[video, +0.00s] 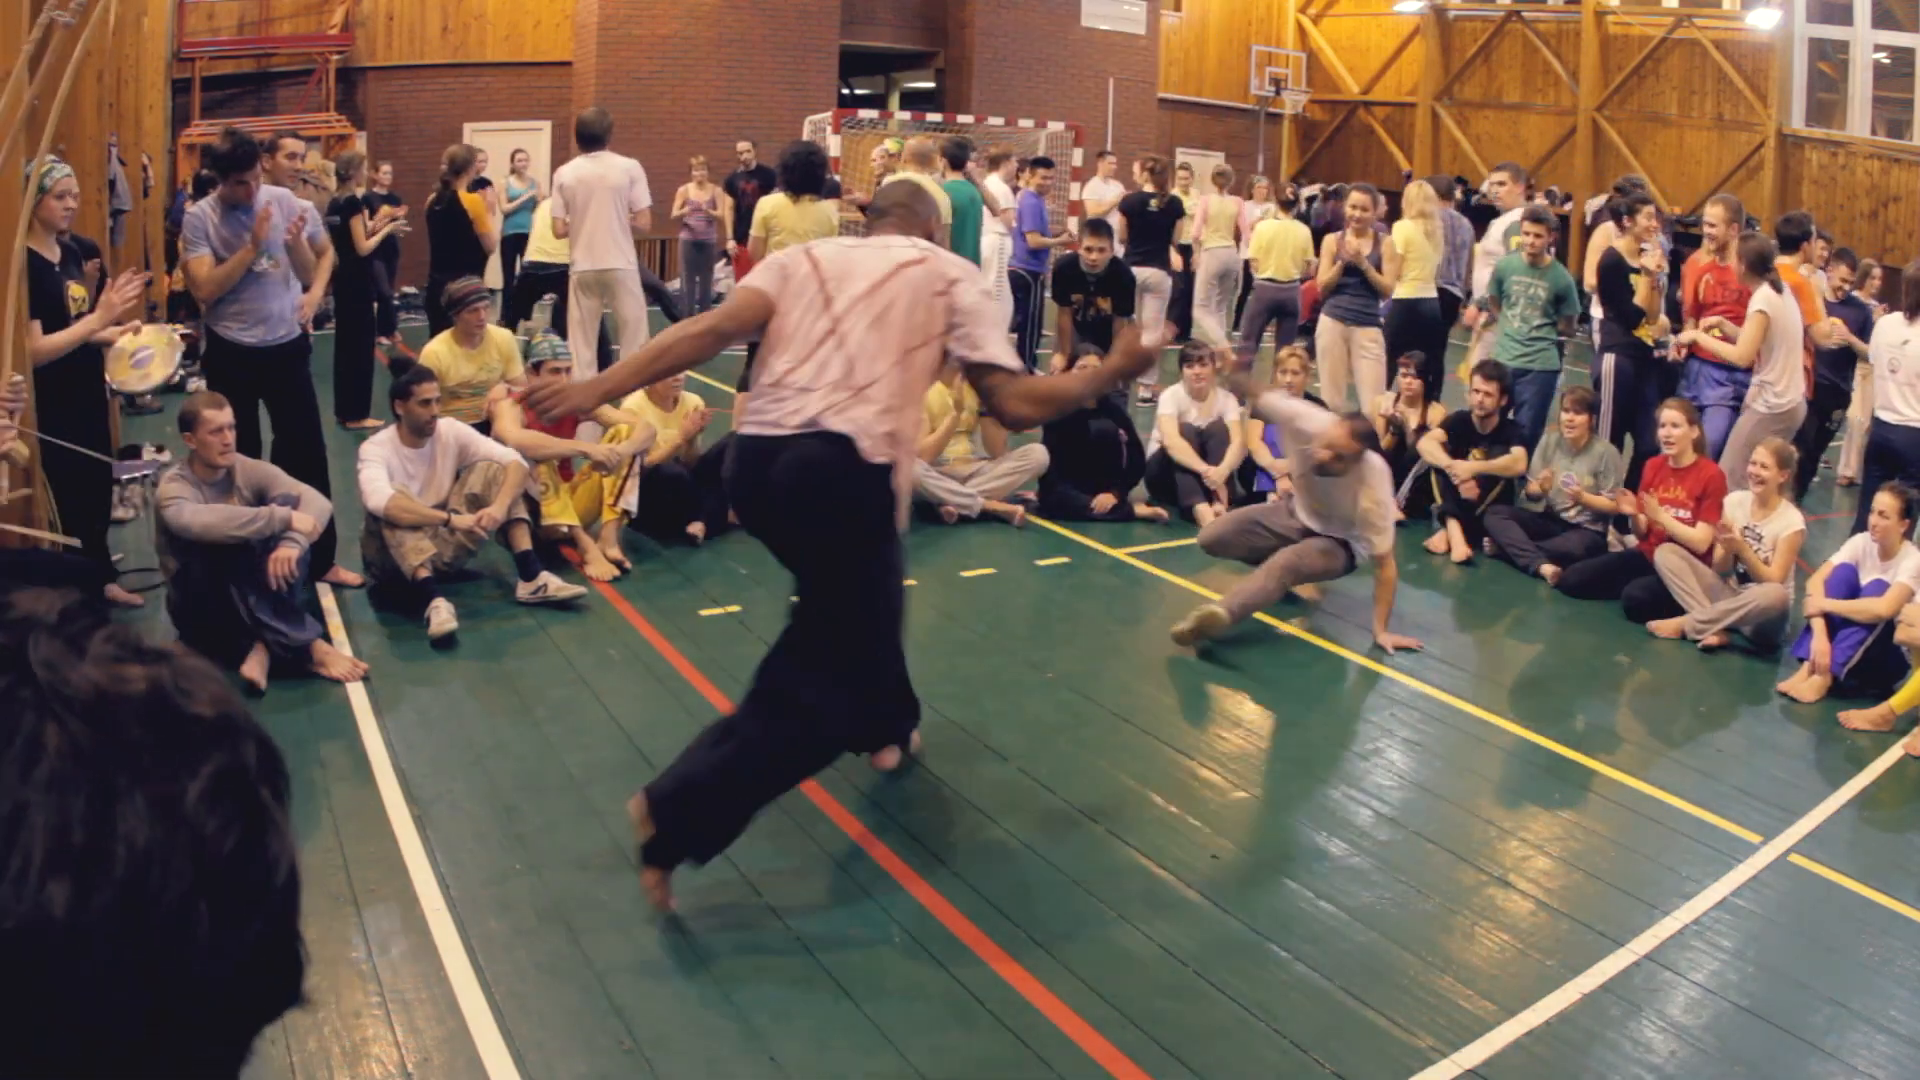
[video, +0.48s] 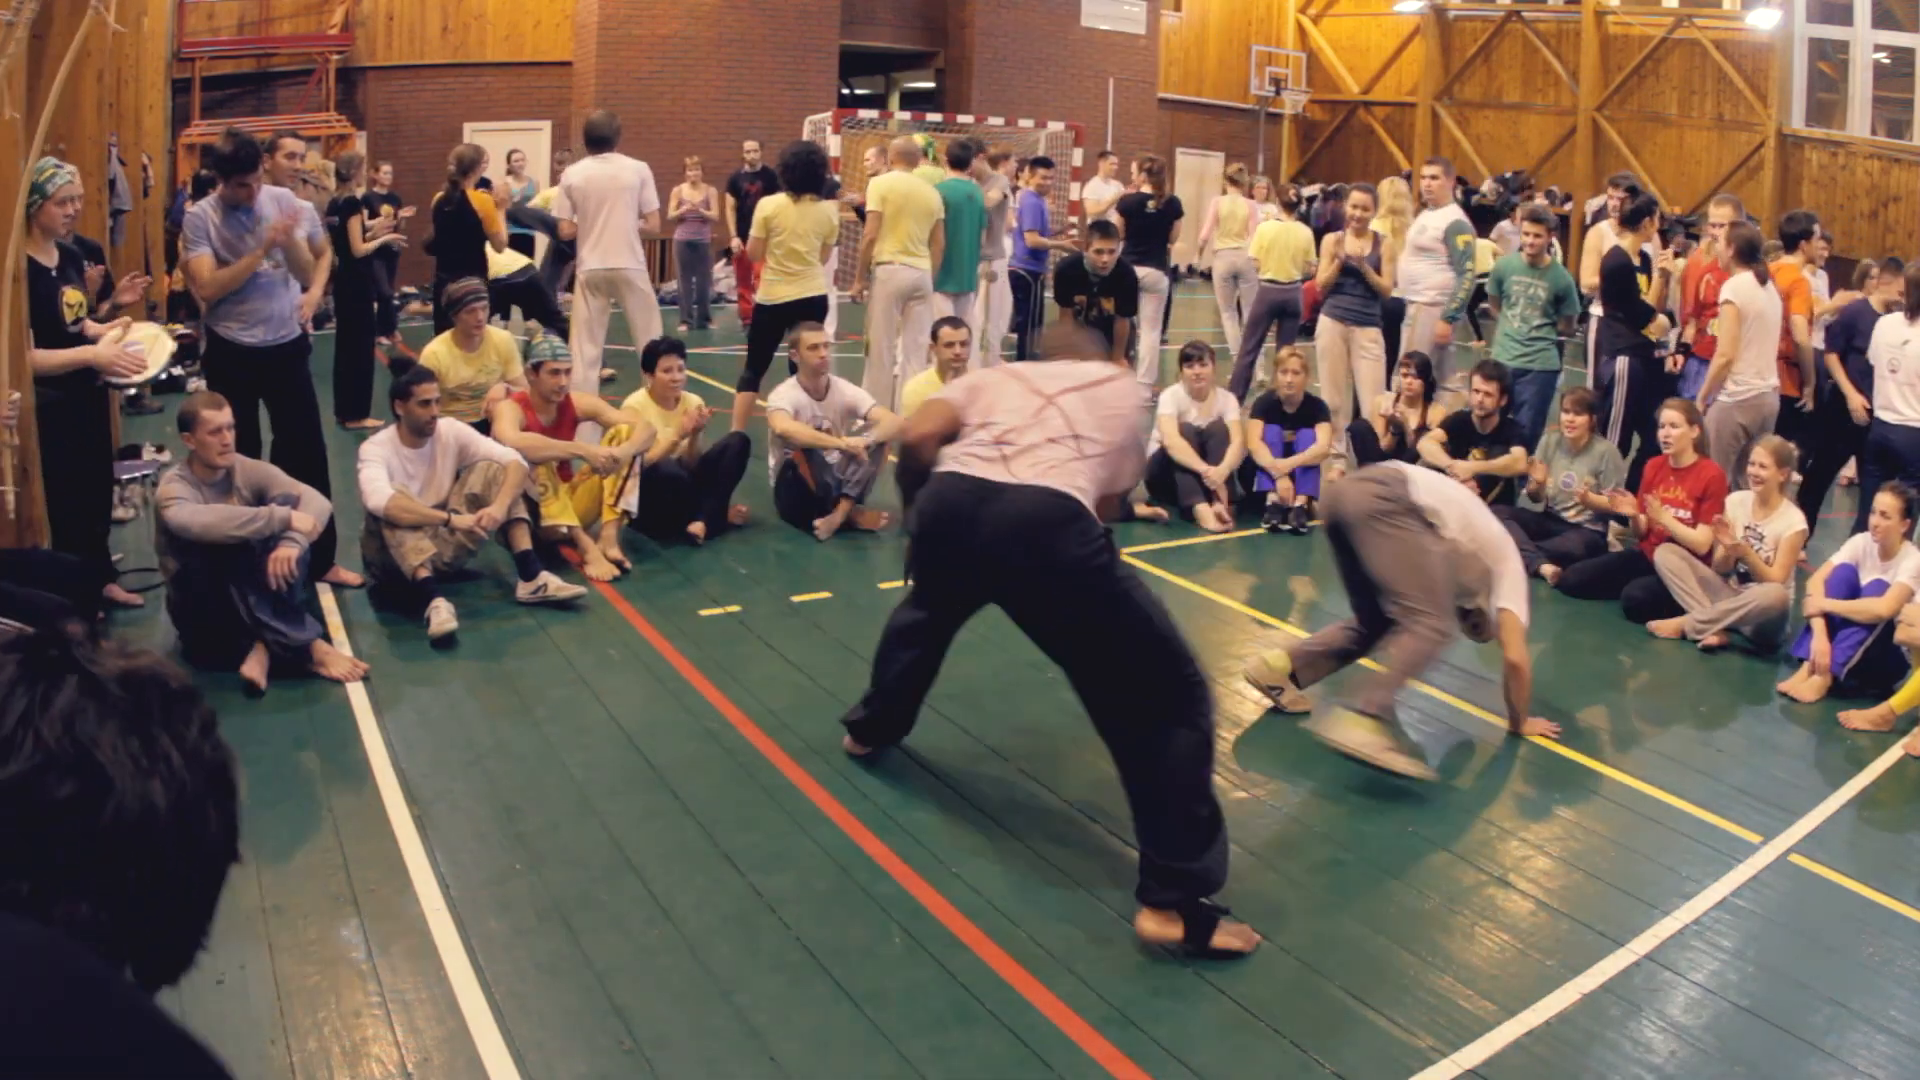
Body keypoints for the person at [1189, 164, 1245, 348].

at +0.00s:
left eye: (1215, 179)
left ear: (1212, 180)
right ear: (1231, 181)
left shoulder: (1205, 201)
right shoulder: (1238, 203)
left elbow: (1196, 233)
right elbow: (1245, 232)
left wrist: (1196, 251)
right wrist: (1245, 252)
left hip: (1211, 250)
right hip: (1231, 250)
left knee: (1201, 306)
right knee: (1223, 304)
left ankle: (1223, 347)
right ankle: (1219, 347)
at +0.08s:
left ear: (1216, 181)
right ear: (1234, 182)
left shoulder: (1207, 201)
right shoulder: (1241, 203)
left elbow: (1194, 233)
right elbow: (1247, 229)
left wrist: (1205, 236)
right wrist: (1251, 249)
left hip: (1214, 251)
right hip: (1235, 251)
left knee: (1216, 308)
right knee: (1229, 305)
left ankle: (1233, 354)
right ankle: (1219, 352)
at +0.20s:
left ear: (1219, 180)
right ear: (1238, 182)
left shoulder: (1210, 201)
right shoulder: (1243, 203)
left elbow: (1197, 233)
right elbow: (1248, 229)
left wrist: (1210, 235)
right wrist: (1249, 247)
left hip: (1219, 250)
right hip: (1240, 249)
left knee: (1227, 310)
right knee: (1238, 308)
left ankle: (1235, 357)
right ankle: (1234, 355)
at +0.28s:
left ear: (1223, 181)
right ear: (1241, 182)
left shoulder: (1212, 201)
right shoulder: (1246, 203)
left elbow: (1198, 234)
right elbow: (1250, 231)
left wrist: (1208, 239)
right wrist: (1252, 248)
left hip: (1221, 252)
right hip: (1242, 251)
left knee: (1228, 309)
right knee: (1246, 304)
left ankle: (1237, 355)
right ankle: (1247, 350)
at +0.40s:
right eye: (1246, 180)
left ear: (1225, 181)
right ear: (1244, 182)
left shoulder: (1216, 202)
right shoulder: (1249, 204)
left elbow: (1202, 234)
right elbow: (1251, 233)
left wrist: (1201, 249)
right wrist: (1253, 251)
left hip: (1221, 252)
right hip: (1243, 252)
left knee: (1227, 311)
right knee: (1249, 308)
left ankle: (1237, 356)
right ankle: (1250, 354)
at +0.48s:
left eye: (1225, 181)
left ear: (1226, 181)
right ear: (1245, 182)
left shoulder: (1217, 202)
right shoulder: (1250, 205)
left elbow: (1205, 234)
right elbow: (1253, 233)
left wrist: (1199, 252)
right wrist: (1254, 252)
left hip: (1222, 253)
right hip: (1244, 252)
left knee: (1227, 310)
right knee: (1250, 311)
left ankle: (1237, 356)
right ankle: (1256, 363)